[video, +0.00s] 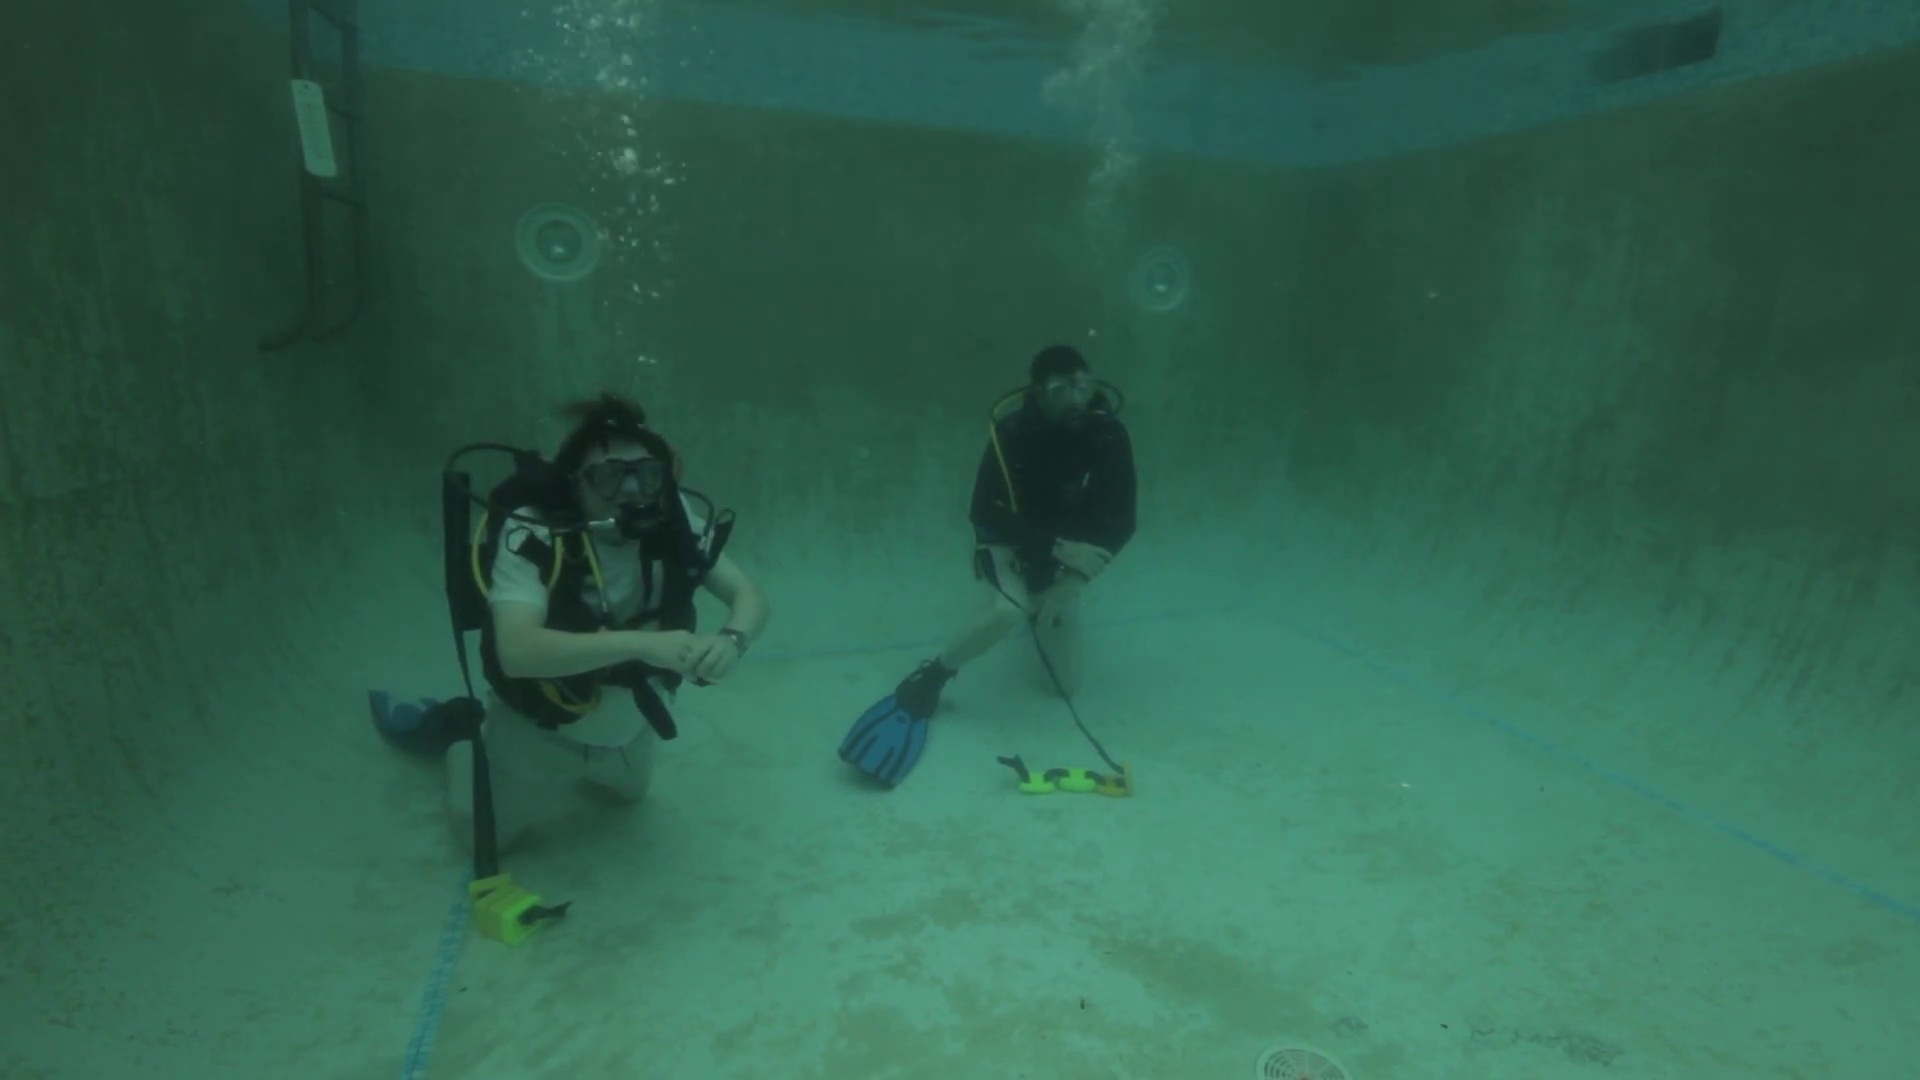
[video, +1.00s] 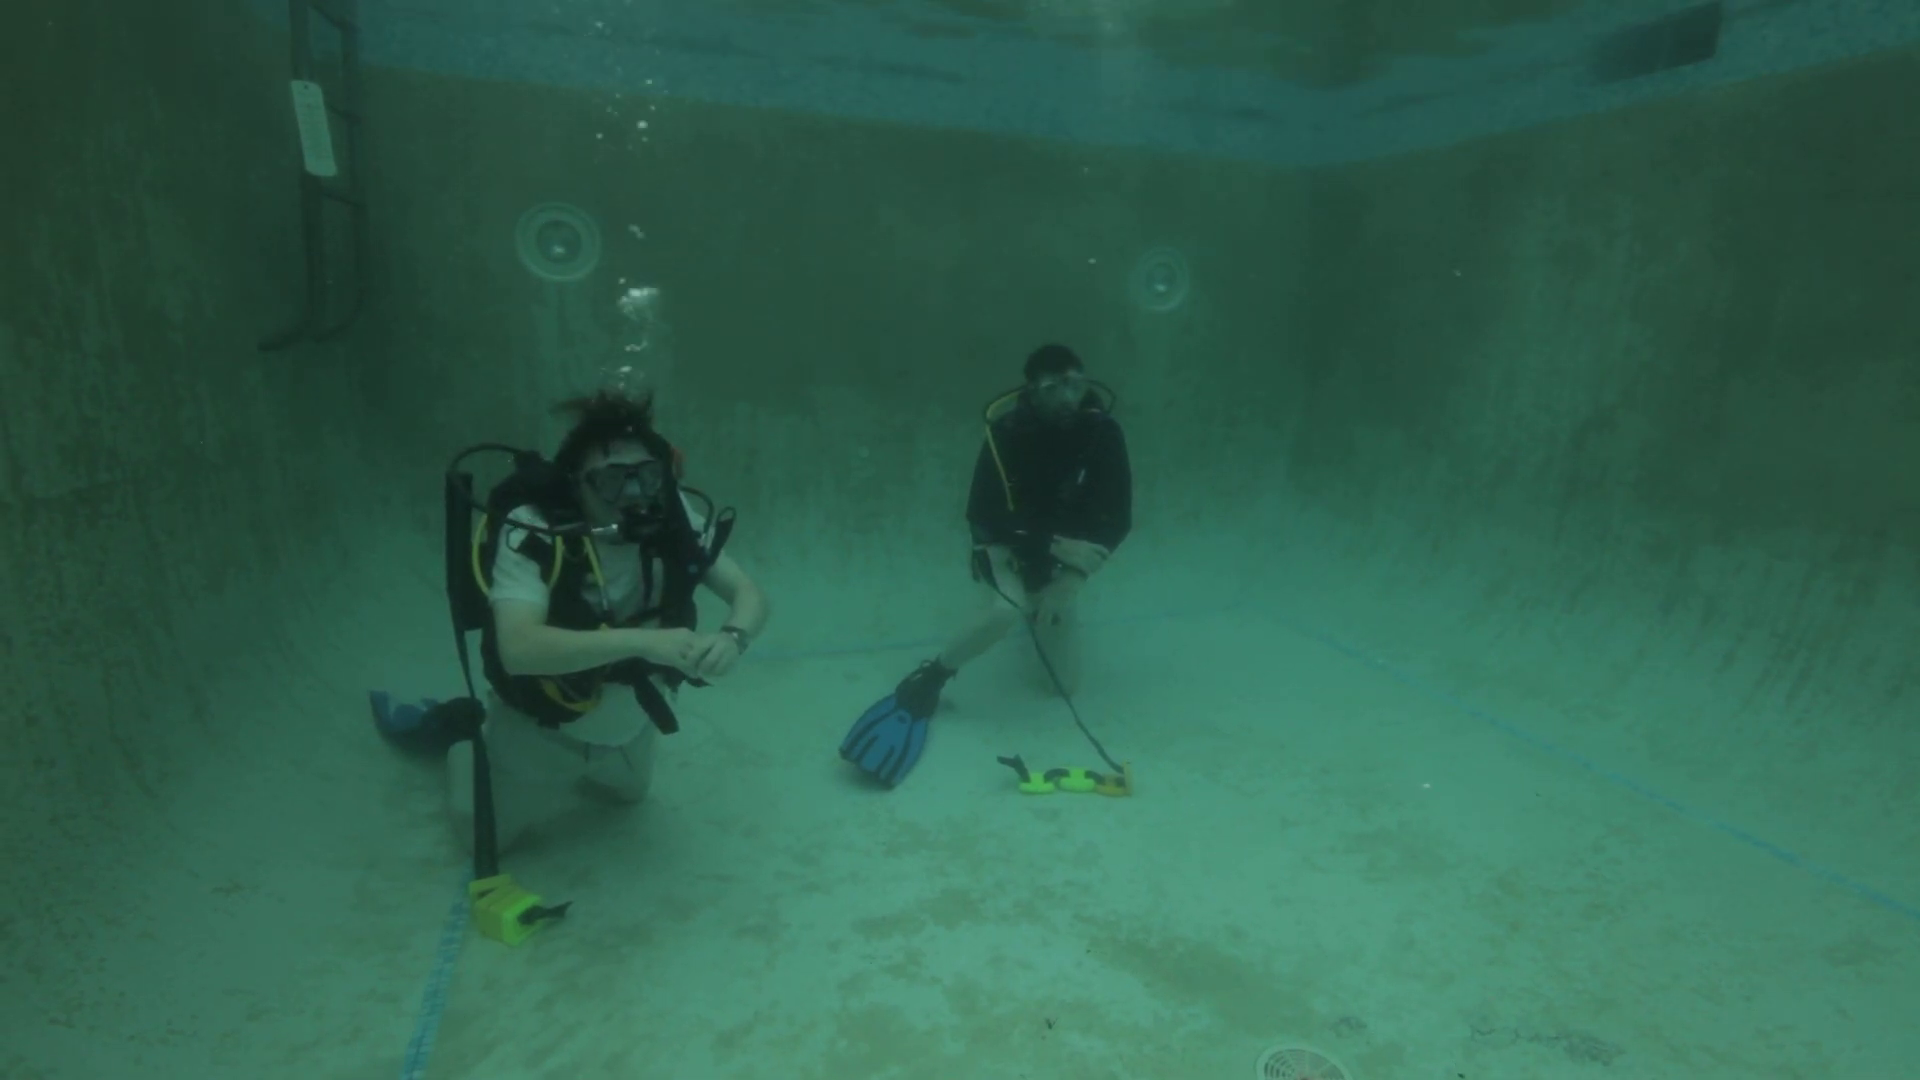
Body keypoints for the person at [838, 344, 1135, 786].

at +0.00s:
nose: (1079, 395)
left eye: (1083, 383)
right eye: (1067, 386)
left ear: (1092, 384)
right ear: (1041, 391)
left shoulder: (1107, 431)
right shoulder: (1015, 431)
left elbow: (1121, 518)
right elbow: (987, 512)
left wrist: (1070, 584)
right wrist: (1058, 546)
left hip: (1067, 550)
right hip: (1009, 542)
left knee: (1067, 681)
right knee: (1009, 612)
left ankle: (1048, 612)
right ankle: (929, 679)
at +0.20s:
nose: (1074, 397)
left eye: (1079, 385)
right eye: (1062, 388)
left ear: (1089, 385)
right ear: (1039, 392)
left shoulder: (1106, 431)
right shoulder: (1014, 431)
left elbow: (1120, 518)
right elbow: (987, 513)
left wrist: (1069, 585)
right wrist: (1058, 546)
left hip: (1067, 552)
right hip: (1009, 544)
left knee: (1067, 681)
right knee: (1009, 611)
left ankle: (1048, 609)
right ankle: (930, 679)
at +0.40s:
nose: (1073, 397)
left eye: (1078, 385)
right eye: (1061, 388)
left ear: (1089, 385)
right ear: (1038, 391)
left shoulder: (1106, 431)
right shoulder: (1012, 429)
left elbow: (1119, 518)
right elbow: (988, 514)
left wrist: (1068, 586)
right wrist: (1058, 545)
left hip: (1065, 550)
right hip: (1009, 542)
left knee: (1066, 681)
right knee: (1008, 610)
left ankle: (1049, 609)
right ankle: (931, 678)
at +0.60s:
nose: (1071, 397)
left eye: (1077, 384)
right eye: (1059, 387)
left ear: (1087, 385)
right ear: (1036, 390)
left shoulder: (1104, 430)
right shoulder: (1012, 429)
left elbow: (1118, 516)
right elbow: (989, 512)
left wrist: (1069, 581)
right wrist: (1056, 546)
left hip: (1067, 548)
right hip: (1007, 541)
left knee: (1066, 681)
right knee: (1007, 610)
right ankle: (928, 680)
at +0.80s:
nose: (1072, 396)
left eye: (1078, 384)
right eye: (1061, 386)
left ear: (1088, 386)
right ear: (1035, 389)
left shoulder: (1103, 430)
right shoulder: (1010, 430)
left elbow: (1117, 517)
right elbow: (987, 513)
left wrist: (1068, 583)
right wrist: (1058, 545)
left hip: (1067, 548)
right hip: (1007, 541)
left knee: (1066, 681)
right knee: (1008, 610)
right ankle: (929, 679)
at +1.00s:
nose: (1070, 396)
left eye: (1076, 384)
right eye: (1058, 386)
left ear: (1086, 386)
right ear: (1033, 389)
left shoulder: (1102, 431)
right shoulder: (1009, 429)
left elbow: (1116, 516)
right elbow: (986, 512)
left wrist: (1068, 582)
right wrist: (1056, 545)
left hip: (1067, 550)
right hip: (1008, 543)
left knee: (1065, 681)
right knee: (1008, 610)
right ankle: (929, 680)